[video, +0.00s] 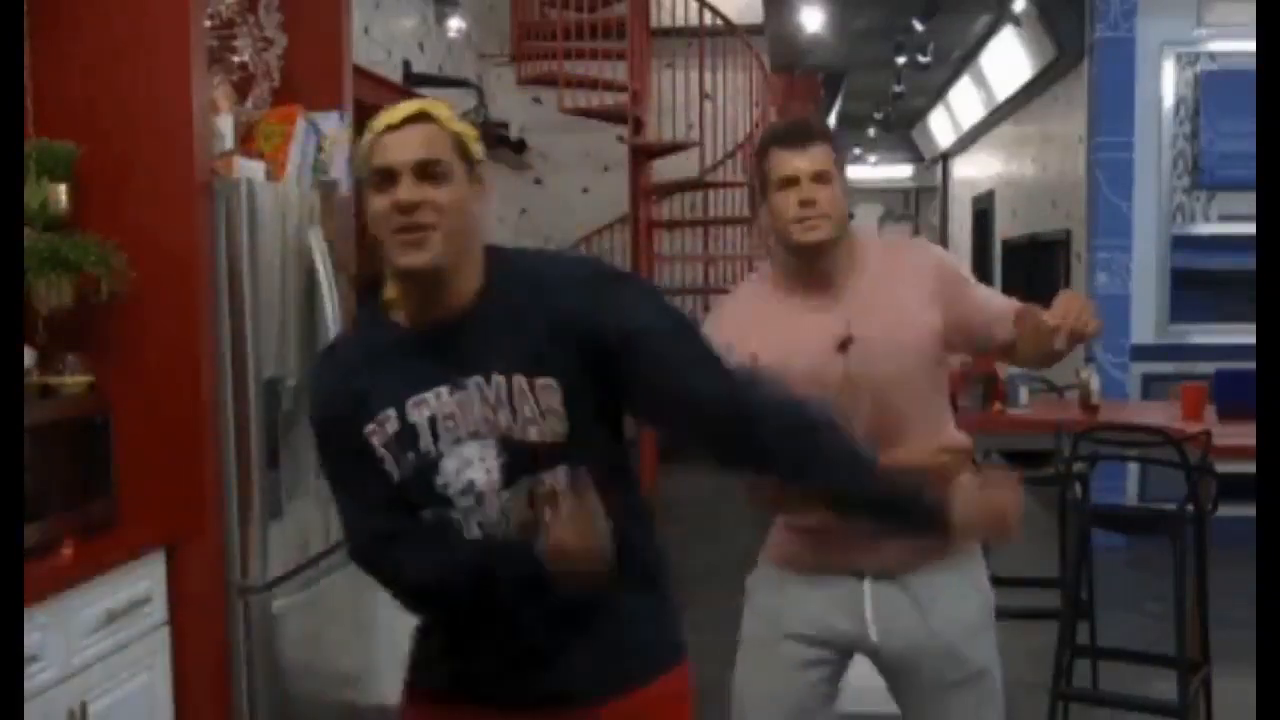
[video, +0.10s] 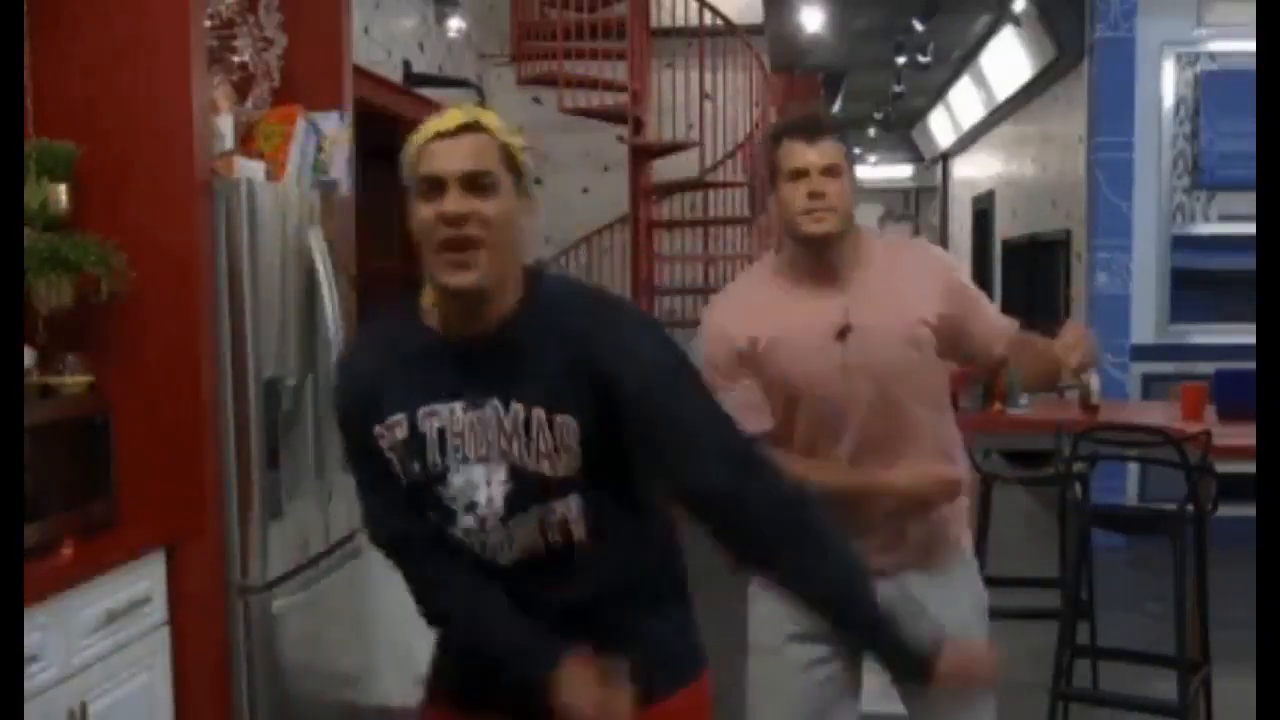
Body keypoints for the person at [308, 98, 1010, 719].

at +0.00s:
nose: (406, 197)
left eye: (431, 174)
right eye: (384, 180)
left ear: (480, 192)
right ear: (363, 208)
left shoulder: (578, 298)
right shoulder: (346, 376)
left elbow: (729, 410)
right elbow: (388, 549)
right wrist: (527, 555)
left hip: (619, 675)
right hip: (460, 684)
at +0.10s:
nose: (454, 210)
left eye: (480, 188)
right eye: (431, 191)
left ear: (525, 207)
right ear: (408, 216)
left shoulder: (608, 340)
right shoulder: (373, 372)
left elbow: (743, 493)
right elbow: (420, 556)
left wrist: (912, 651)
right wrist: (545, 665)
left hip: (640, 670)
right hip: (479, 673)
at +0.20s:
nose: (535, 227)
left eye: (564, 208)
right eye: (515, 205)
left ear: (605, 228)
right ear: (492, 225)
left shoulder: (655, 390)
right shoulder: (430, 366)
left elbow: (683, 612)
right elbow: (411, 572)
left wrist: (679, 710)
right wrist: (386, 705)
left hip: (615, 689)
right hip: (478, 682)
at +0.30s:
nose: (550, 204)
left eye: (580, 186)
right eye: (532, 181)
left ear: (617, 210)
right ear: (505, 197)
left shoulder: (658, 375)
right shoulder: (431, 334)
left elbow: (644, 593)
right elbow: (392, 500)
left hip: (619, 678)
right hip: (472, 664)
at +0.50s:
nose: (493, 192)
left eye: (523, 177)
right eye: (478, 168)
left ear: (565, 203)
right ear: (452, 182)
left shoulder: (582, 363)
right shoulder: (374, 292)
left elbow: (528, 574)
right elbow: (294, 373)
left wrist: (327, 505)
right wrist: (117, 352)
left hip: (551, 683)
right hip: (400, 665)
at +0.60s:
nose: (418, 235)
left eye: (449, 222)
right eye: (405, 212)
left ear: (492, 249)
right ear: (383, 226)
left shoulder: (505, 406)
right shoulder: (318, 327)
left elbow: (436, 603)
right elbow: (234, 380)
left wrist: (327, 476)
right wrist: (62, 304)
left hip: (482, 688)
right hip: (344, 673)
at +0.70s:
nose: (384, 227)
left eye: (416, 212)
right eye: (371, 203)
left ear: (460, 237)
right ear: (350, 215)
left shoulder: (485, 387)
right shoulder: (284, 322)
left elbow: (426, 588)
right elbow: (206, 396)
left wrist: (281, 482)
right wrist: (43, 345)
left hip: (462, 687)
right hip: (316, 671)